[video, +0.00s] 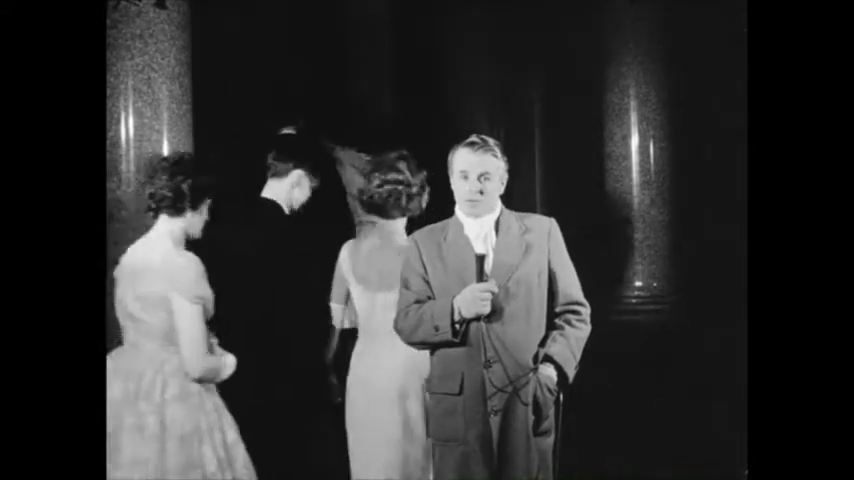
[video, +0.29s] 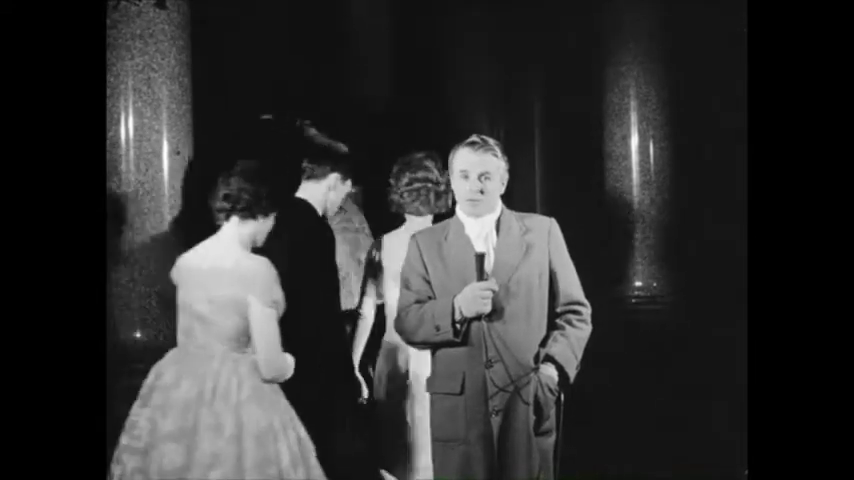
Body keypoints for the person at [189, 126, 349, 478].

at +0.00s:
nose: (308, 198)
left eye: (311, 189)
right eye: (309, 187)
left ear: (272, 171)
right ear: (297, 179)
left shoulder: (231, 221)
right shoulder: (287, 235)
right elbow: (301, 312)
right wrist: (314, 363)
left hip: (240, 365)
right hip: (284, 367)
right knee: (290, 460)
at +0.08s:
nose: (320, 197)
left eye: (322, 188)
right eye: (323, 187)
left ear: (282, 174)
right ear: (311, 180)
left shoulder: (240, 222)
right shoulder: (301, 235)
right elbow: (306, 315)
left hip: (247, 369)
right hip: (295, 371)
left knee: (257, 463)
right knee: (303, 462)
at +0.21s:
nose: (335, 204)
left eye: (339, 195)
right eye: (337, 193)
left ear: (299, 176)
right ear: (324, 181)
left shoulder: (264, 218)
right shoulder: (307, 229)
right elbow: (312, 311)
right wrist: (331, 366)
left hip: (272, 359)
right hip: (306, 364)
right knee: (315, 457)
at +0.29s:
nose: (345, 197)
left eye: (347, 188)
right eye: (345, 186)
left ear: (310, 175)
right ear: (330, 180)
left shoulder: (281, 217)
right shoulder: (314, 228)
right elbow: (321, 315)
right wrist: (347, 376)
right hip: (316, 367)